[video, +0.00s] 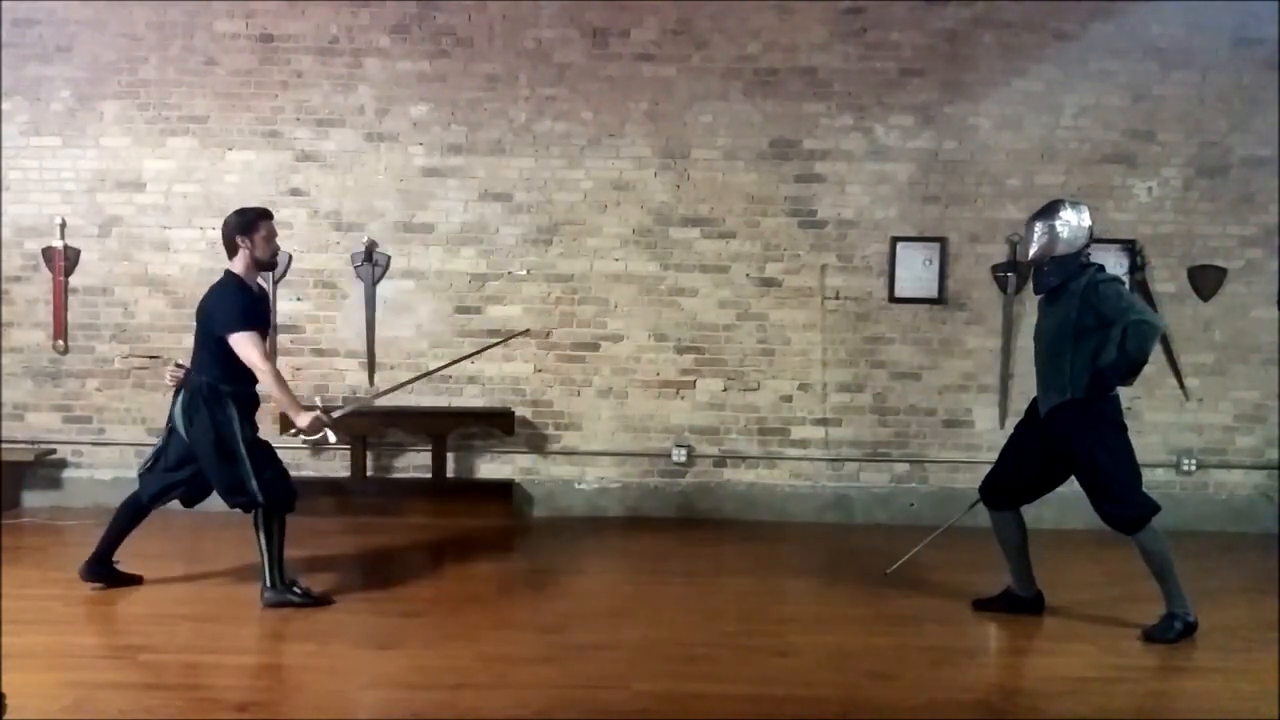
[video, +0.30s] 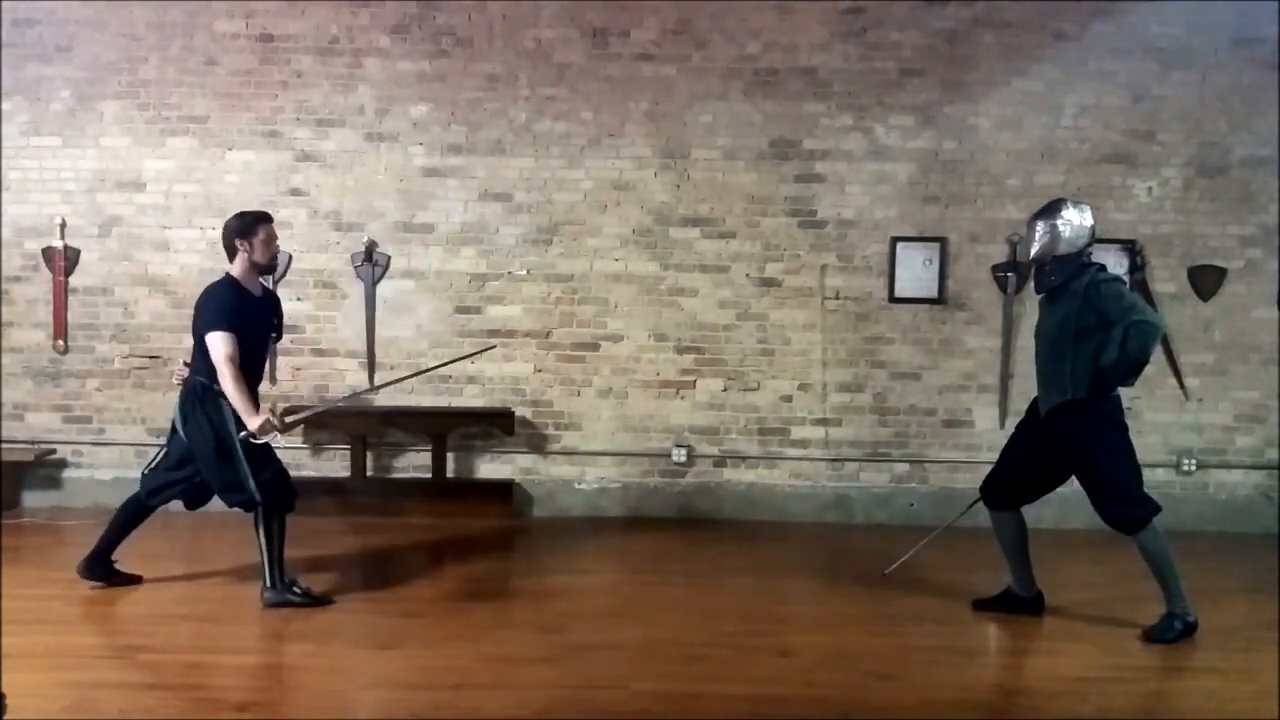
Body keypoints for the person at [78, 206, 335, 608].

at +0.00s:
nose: (276, 244)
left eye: (275, 237)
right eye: (270, 237)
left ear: (246, 244)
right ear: (244, 243)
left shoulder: (253, 293)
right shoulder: (229, 298)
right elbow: (260, 364)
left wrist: (194, 375)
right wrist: (297, 412)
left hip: (207, 407)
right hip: (214, 411)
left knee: (155, 486)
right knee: (271, 485)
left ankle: (99, 562)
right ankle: (276, 584)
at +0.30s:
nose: (277, 246)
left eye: (275, 239)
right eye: (270, 240)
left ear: (251, 247)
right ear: (243, 247)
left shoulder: (267, 300)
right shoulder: (220, 299)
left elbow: (257, 362)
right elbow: (225, 365)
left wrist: (200, 373)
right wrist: (251, 416)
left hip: (224, 406)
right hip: (208, 406)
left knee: (158, 487)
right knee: (272, 485)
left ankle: (97, 560)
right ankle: (276, 584)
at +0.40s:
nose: (289, 250)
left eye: (287, 242)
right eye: (282, 243)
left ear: (260, 249)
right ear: (255, 249)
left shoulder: (274, 303)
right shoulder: (229, 298)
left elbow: (257, 364)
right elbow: (225, 369)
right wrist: (256, 420)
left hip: (223, 407)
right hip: (209, 407)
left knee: (160, 488)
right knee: (276, 484)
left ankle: (99, 558)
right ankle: (276, 584)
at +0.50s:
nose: (306, 252)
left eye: (305, 244)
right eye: (299, 245)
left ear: (276, 252)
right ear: (273, 251)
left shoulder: (281, 300)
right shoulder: (249, 301)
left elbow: (243, 340)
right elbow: (241, 372)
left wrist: (206, 364)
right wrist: (273, 421)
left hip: (224, 405)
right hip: (219, 407)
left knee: (170, 485)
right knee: (283, 486)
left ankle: (104, 555)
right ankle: (276, 584)